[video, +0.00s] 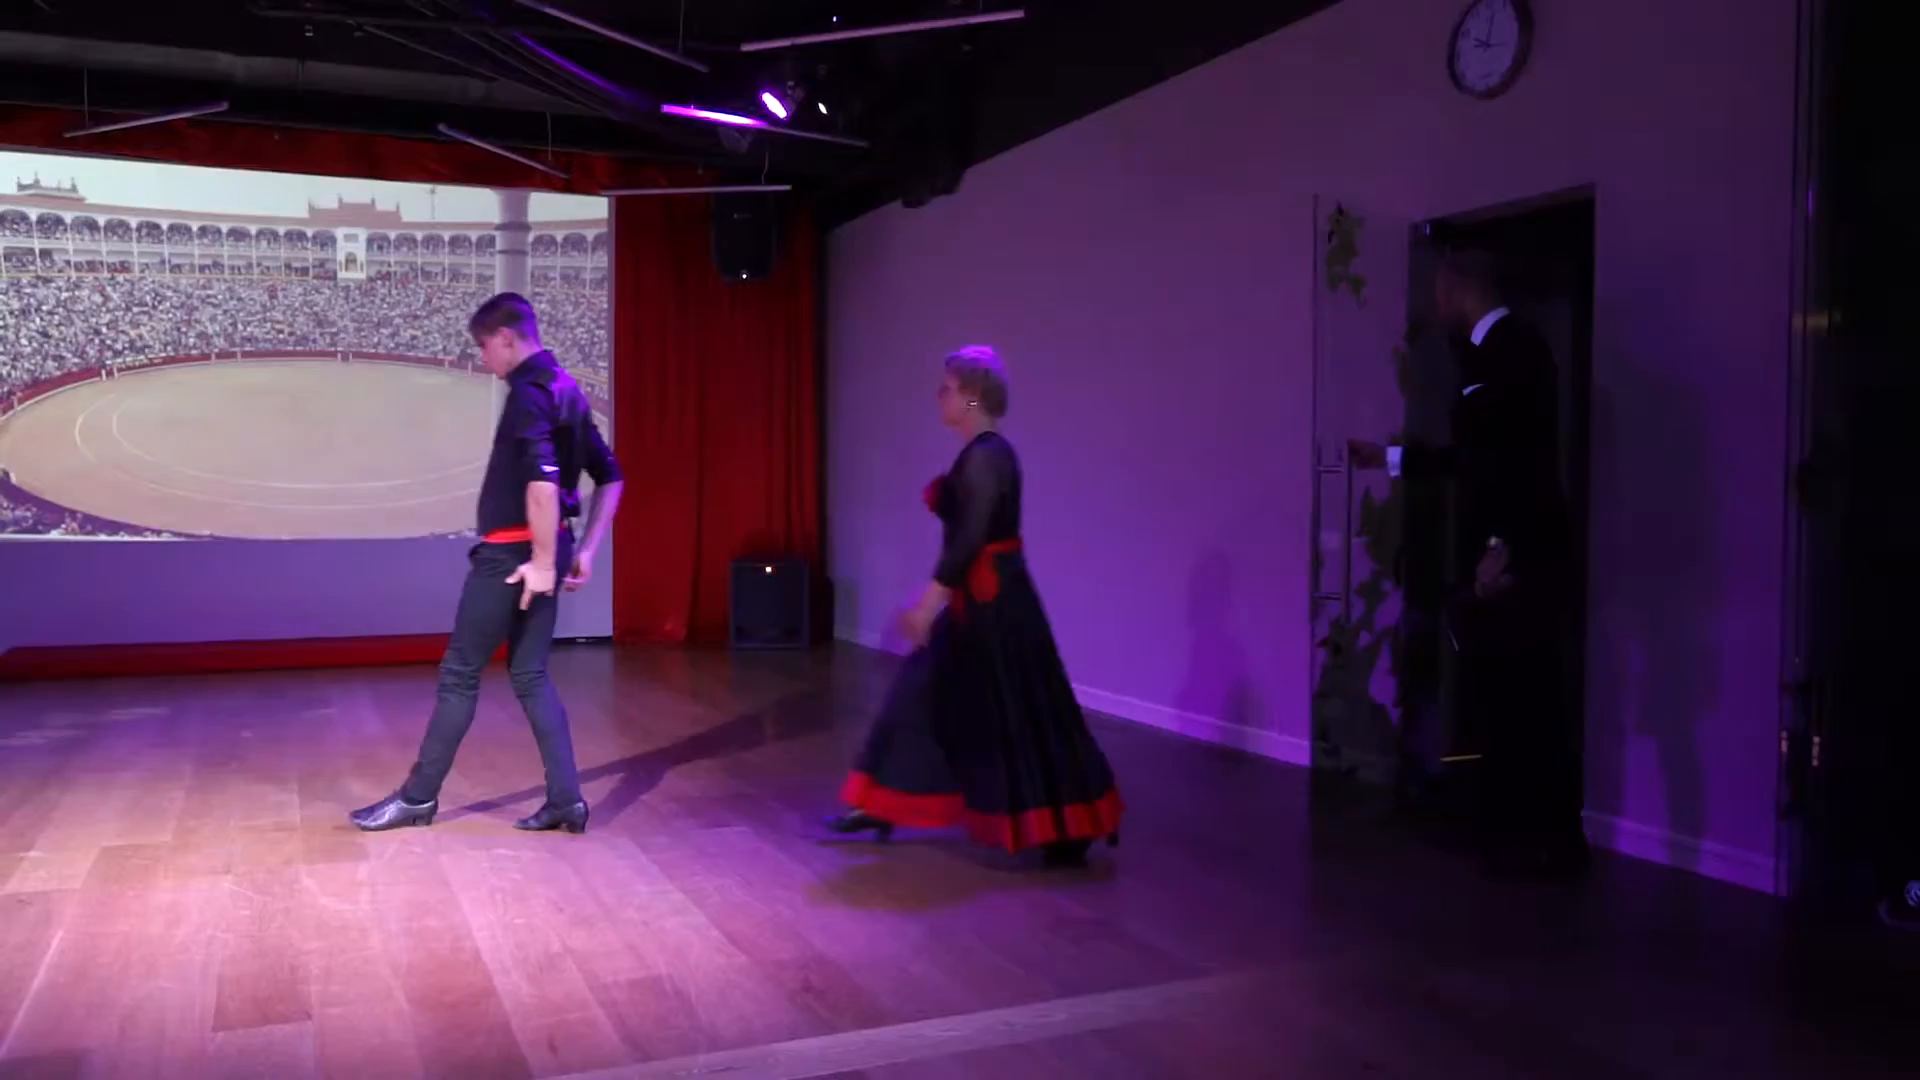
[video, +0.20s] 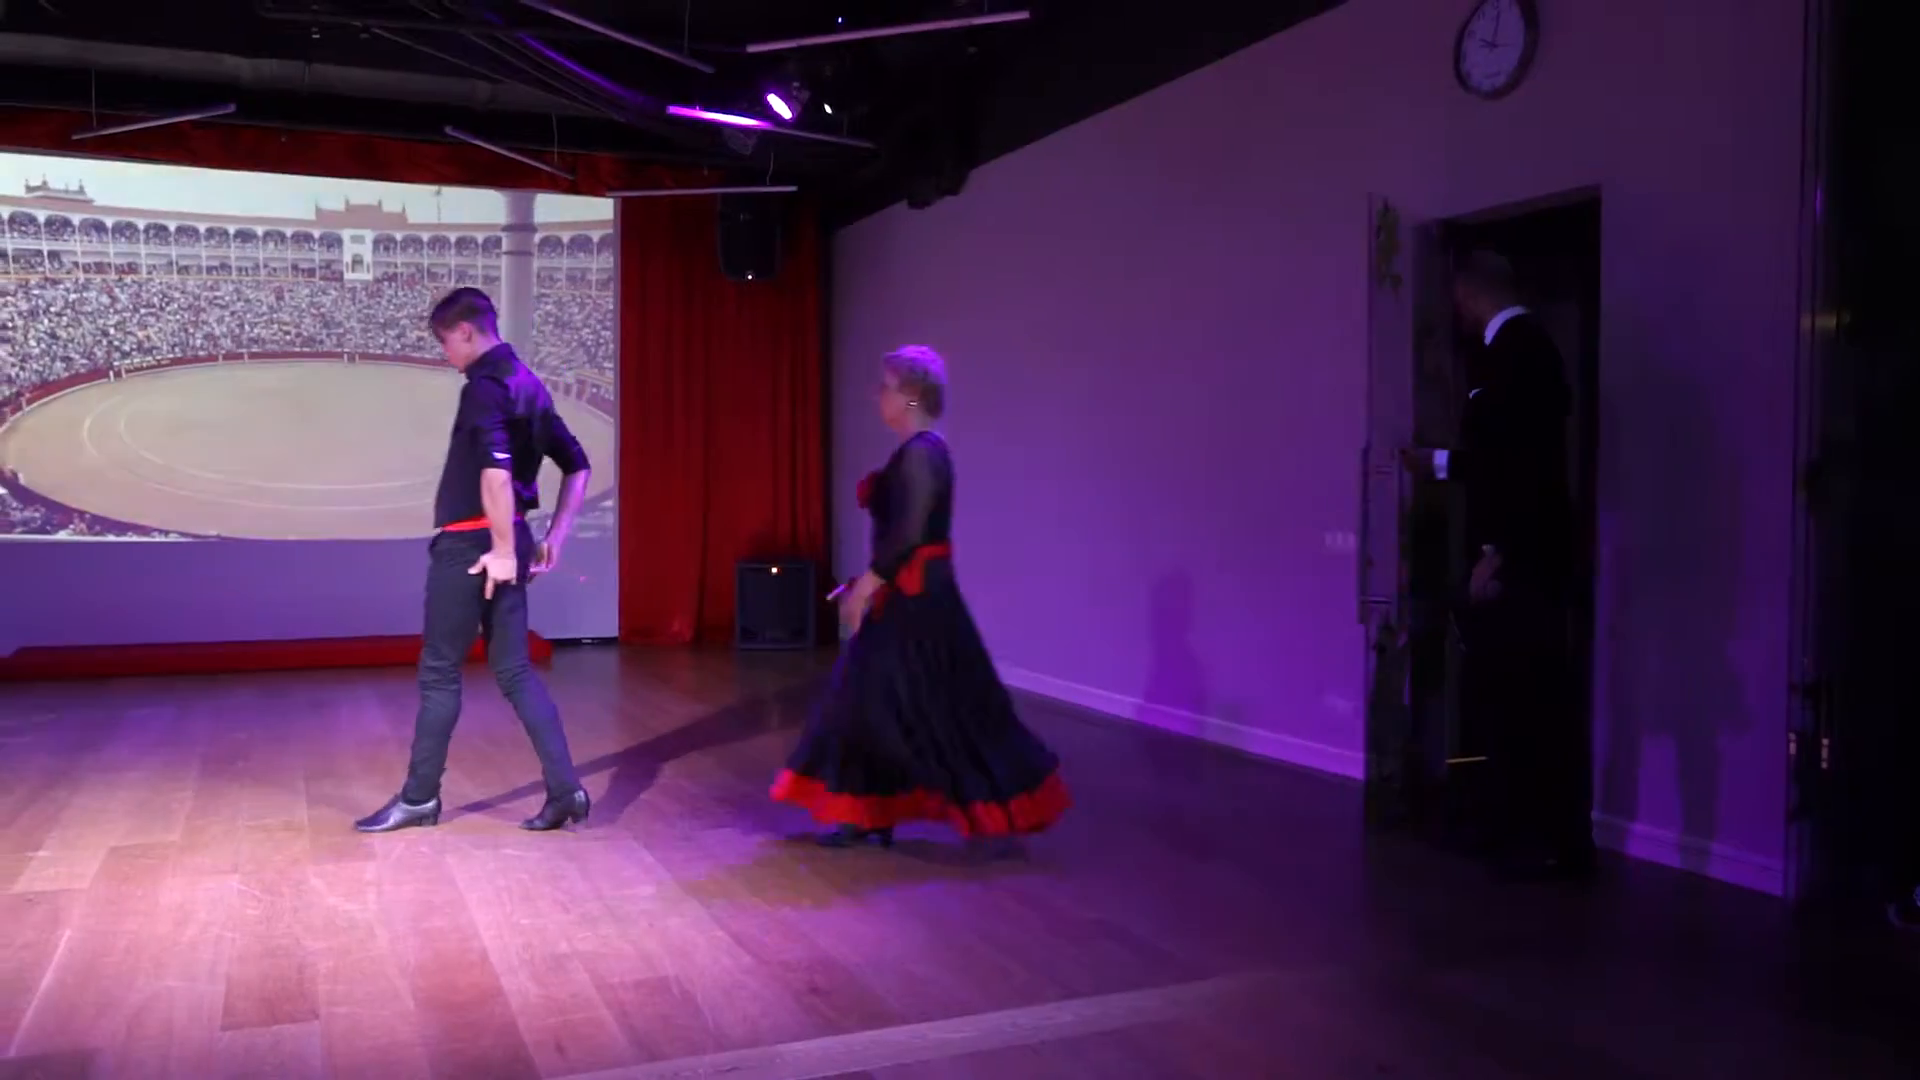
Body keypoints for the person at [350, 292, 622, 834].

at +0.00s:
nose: (482, 359)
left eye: (484, 346)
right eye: (480, 348)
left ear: (510, 337)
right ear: (520, 337)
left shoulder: (528, 393)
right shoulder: (566, 390)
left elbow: (543, 480)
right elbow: (610, 477)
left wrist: (544, 562)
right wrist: (587, 549)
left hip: (504, 557)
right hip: (545, 556)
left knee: (458, 676)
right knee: (530, 677)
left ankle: (417, 797)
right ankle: (566, 800)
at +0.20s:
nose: (444, 353)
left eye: (445, 340)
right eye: (441, 342)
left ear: (471, 331)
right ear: (487, 329)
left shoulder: (484, 386)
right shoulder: (526, 383)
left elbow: (497, 473)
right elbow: (575, 465)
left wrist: (504, 547)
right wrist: (556, 538)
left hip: (464, 547)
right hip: (510, 543)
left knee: (439, 674)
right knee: (515, 671)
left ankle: (418, 796)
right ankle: (566, 790)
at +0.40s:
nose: (460, 352)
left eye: (461, 340)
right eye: (458, 341)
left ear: (483, 330)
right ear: (499, 330)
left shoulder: (497, 382)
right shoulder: (542, 381)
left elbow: (508, 466)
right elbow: (597, 455)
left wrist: (520, 542)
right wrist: (584, 525)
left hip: (481, 541)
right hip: (526, 538)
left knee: (472, 671)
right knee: (546, 667)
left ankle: (465, 796)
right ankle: (602, 783)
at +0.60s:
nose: (495, 342)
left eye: (497, 330)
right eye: (493, 331)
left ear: (521, 320)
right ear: (539, 320)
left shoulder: (532, 375)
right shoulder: (581, 375)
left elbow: (547, 461)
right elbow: (637, 437)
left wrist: (568, 541)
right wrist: (647, 511)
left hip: (524, 540)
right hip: (569, 537)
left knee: (521, 677)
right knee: (598, 668)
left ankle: (518, 807)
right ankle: (657, 790)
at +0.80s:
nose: (536, 327)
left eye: (537, 314)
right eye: (533, 315)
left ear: (560, 304)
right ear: (576, 302)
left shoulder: (576, 362)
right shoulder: (621, 353)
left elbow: (596, 454)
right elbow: (670, 418)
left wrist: (626, 533)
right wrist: (688, 482)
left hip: (577, 543)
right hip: (619, 538)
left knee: (575, 689)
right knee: (655, 678)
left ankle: (572, 830)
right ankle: (718, 811)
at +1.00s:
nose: (583, 307)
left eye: (584, 293)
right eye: (580, 294)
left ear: (609, 281)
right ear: (629, 279)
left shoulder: (631, 345)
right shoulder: (681, 338)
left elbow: (657, 448)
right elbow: (684, 444)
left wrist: (693, 522)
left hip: (637, 545)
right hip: (678, 539)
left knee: (634, 708)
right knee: (721, 693)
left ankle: (629, 862)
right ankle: (788, 840)